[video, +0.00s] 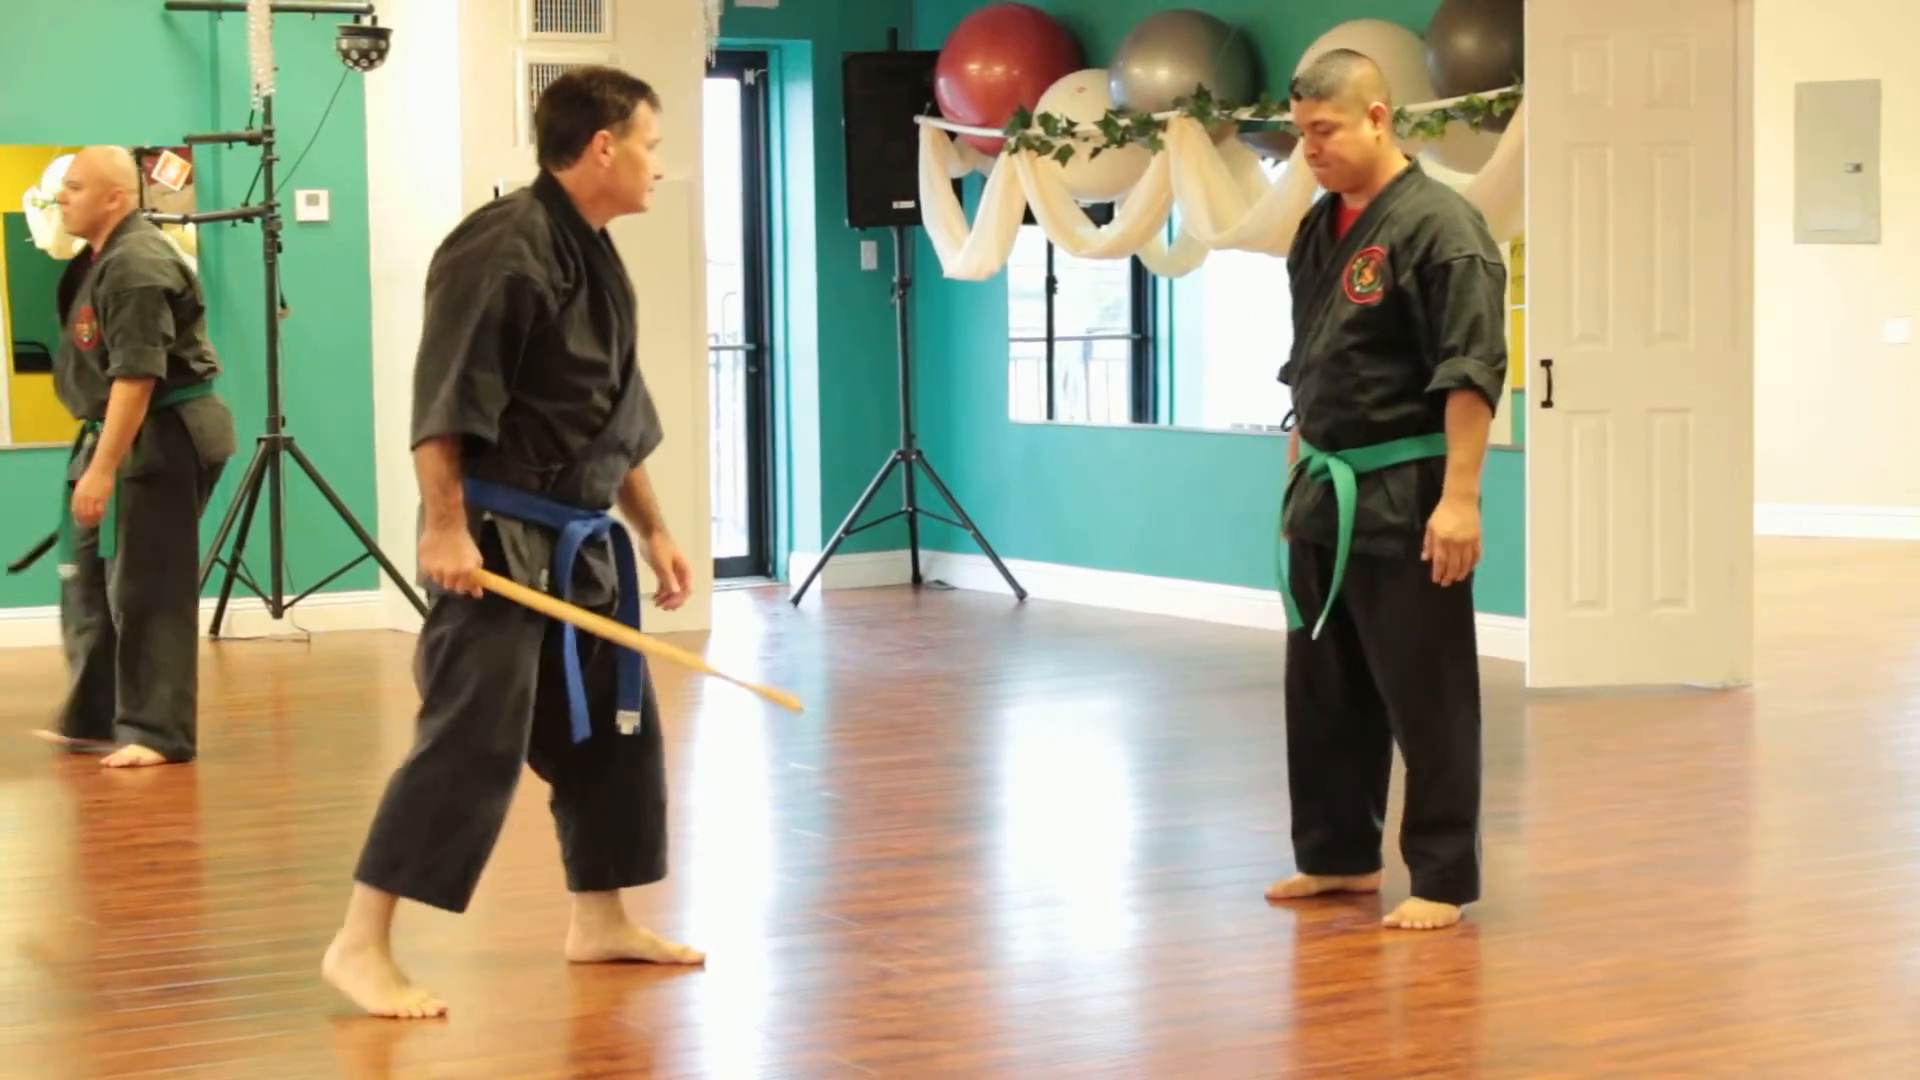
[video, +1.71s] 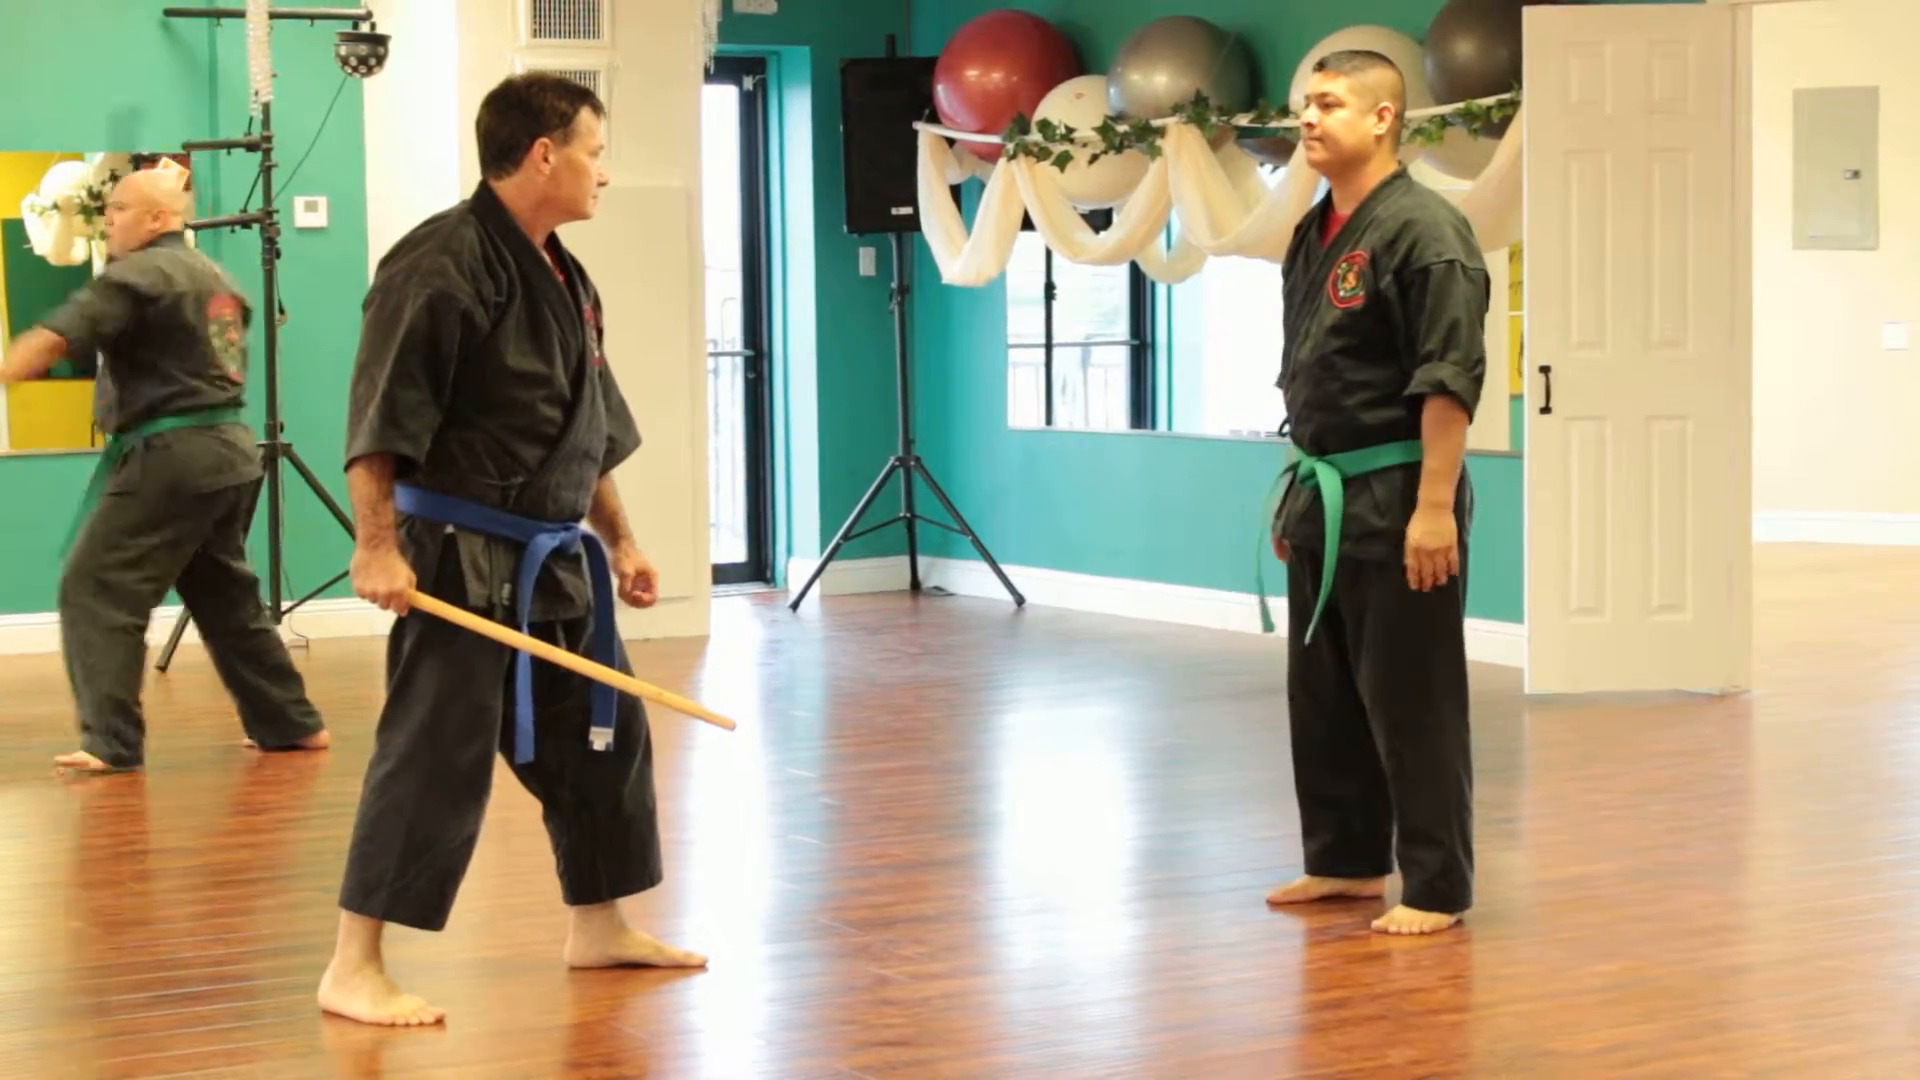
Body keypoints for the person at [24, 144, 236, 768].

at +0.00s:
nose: (62, 197)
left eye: (73, 188)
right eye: (64, 187)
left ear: (113, 198)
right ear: (109, 199)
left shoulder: (136, 263)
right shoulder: (109, 258)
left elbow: (137, 378)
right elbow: (118, 370)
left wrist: (102, 468)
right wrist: (100, 447)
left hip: (163, 433)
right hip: (129, 428)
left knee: (150, 580)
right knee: (93, 575)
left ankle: (160, 732)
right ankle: (95, 718)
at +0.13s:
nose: (89, 193)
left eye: (100, 183)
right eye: (92, 182)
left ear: (140, 193)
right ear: (139, 194)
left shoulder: (154, 260)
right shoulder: (145, 248)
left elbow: (149, 373)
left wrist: (120, 463)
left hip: (174, 435)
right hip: (166, 429)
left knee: (154, 583)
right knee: (151, 574)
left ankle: (159, 733)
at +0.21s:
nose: (104, 194)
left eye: (118, 183)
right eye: (106, 182)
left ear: (163, 192)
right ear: (164, 195)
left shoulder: (165, 262)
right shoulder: (185, 248)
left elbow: (160, 376)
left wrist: (128, 461)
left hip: (179, 435)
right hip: (212, 428)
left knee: (155, 584)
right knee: (203, 574)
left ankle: (160, 737)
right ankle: (276, 697)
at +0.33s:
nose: (130, 199)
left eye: (144, 191)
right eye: (134, 188)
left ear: (185, 204)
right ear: (187, 205)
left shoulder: (184, 269)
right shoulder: (212, 254)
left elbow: (175, 378)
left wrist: (140, 464)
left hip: (195, 439)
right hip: (238, 433)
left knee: (147, 586)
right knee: (243, 565)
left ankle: (160, 737)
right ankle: (306, 705)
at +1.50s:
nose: (136, 208)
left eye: (147, 197)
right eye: (139, 197)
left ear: (187, 206)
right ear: (195, 209)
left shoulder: (178, 271)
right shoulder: (238, 263)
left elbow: (147, 376)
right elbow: (251, 359)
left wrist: (105, 447)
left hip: (194, 447)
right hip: (245, 441)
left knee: (141, 594)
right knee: (245, 591)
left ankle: (130, 744)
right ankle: (292, 723)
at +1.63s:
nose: (122, 211)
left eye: (134, 201)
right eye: (125, 200)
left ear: (174, 211)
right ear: (185, 212)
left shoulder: (157, 272)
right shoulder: (229, 267)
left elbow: (100, 359)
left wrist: (39, 418)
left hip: (182, 451)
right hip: (240, 444)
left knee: (118, 589)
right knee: (232, 586)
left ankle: (126, 742)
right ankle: (290, 722)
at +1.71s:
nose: (106, 221)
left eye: (116, 211)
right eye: (109, 210)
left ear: (154, 220)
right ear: (167, 221)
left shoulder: (136, 274)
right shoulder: (210, 273)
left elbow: (47, 341)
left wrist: (8, 371)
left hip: (172, 457)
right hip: (234, 450)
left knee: (97, 586)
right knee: (219, 586)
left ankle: (112, 742)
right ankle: (290, 723)